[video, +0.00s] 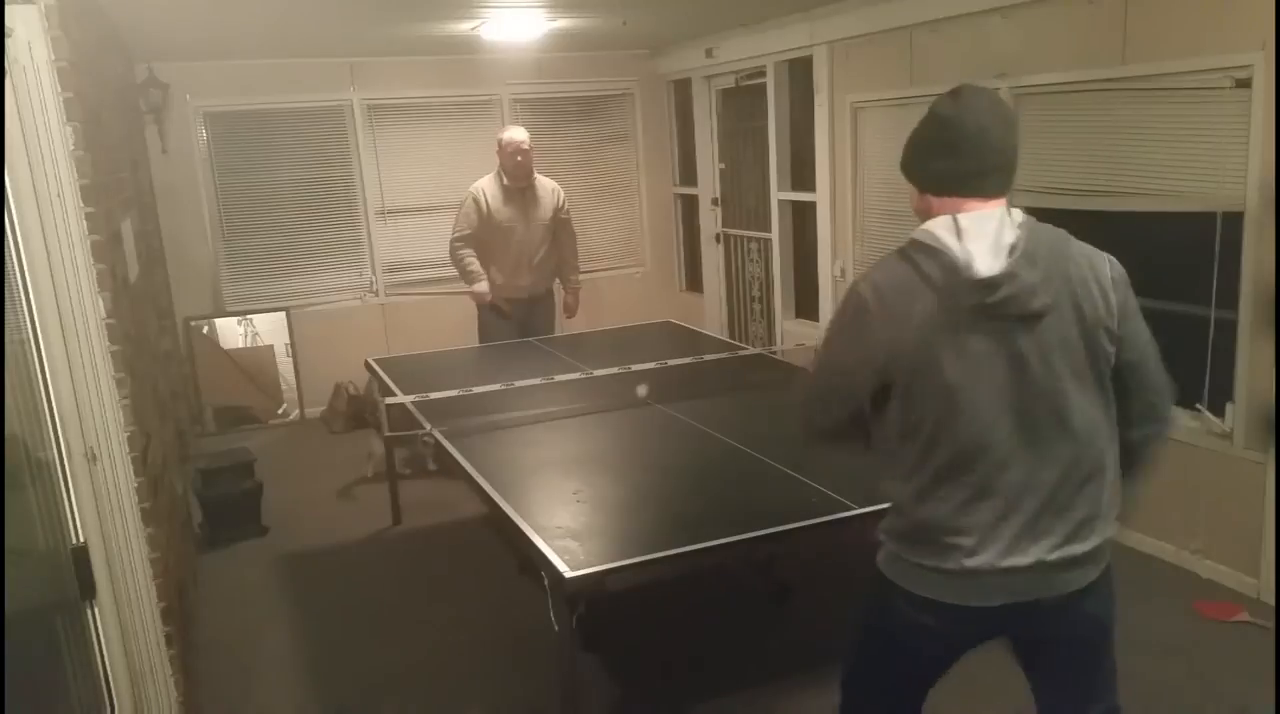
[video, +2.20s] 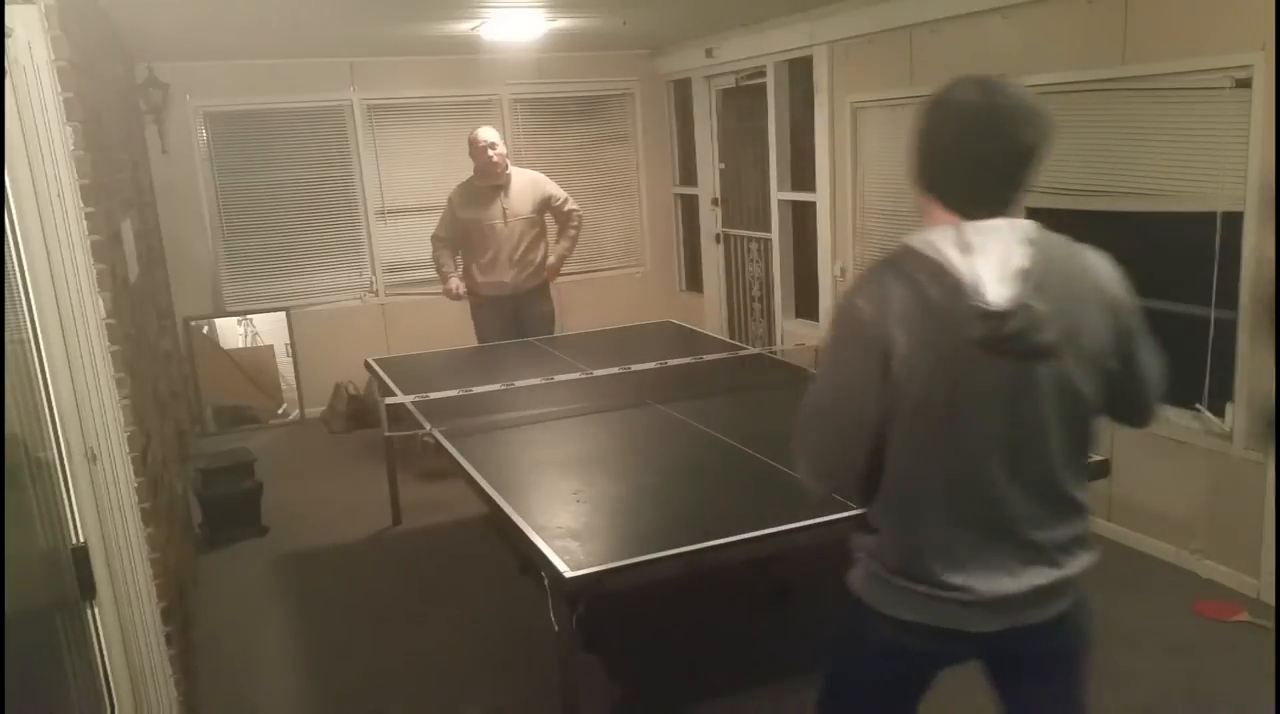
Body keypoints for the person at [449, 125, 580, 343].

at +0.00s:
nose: (519, 159)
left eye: (524, 152)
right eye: (512, 153)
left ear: (532, 152)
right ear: (499, 154)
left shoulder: (552, 192)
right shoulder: (480, 194)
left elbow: (567, 244)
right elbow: (460, 243)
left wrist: (572, 289)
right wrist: (477, 281)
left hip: (540, 301)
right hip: (497, 303)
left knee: (542, 372)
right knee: (499, 372)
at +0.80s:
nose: (527, 165)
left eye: (530, 157)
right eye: (519, 159)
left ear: (536, 155)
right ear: (503, 157)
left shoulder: (554, 192)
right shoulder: (484, 194)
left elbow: (571, 243)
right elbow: (466, 244)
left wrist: (575, 287)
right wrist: (501, 278)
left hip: (544, 296)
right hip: (499, 300)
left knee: (550, 366)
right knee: (503, 368)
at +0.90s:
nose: (536, 172)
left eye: (539, 164)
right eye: (529, 165)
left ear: (544, 162)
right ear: (511, 161)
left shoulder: (557, 195)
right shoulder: (490, 196)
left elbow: (570, 248)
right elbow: (479, 249)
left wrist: (576, 287)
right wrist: (525, 278)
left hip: (546, 302)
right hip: (501, 303)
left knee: (552, 371)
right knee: (504, 371)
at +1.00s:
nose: (541, 177)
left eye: (545, 169)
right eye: (533, 171)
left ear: (549, 165)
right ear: (516, 165)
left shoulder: (557, 197)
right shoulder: (496, 197)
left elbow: (567, 248)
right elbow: (497, 250)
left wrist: (573, 291)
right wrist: (550, 266)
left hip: (545, 296)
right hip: (503, 299)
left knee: (554, 363)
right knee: (506, 367)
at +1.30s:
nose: (535, 162)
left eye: (539, 155)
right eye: (527, 156)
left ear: (544, 156)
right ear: (512, 158)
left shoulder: (555, 194)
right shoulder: (495, 192)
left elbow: (564, 244)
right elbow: (479, 240)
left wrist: (568, 285)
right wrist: (512, 256)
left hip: (548, 292)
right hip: (508, 295)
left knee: (555, 357)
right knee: (516, 359)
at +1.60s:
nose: (519, 156)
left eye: (525, 149)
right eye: (512, 151)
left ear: (535, 152)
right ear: (503, 156)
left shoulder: (555, 192)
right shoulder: (485, 190)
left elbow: (570, 246)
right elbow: (459, 233)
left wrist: (571, 289)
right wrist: (472, 263)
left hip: (542, 294)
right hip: (500, 296)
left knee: (544, 361)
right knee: (504, 363)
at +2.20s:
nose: (490, 152)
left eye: (494, 145)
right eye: (482, 148)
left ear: (505, 149)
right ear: (472, 156)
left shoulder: (535, 182)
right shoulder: (460, 197)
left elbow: (571, 214)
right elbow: (441, 241)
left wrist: (557, 258)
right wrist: (449, 276)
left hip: (533, 295)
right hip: (487, 302)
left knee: (542, 365)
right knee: (498, 369)